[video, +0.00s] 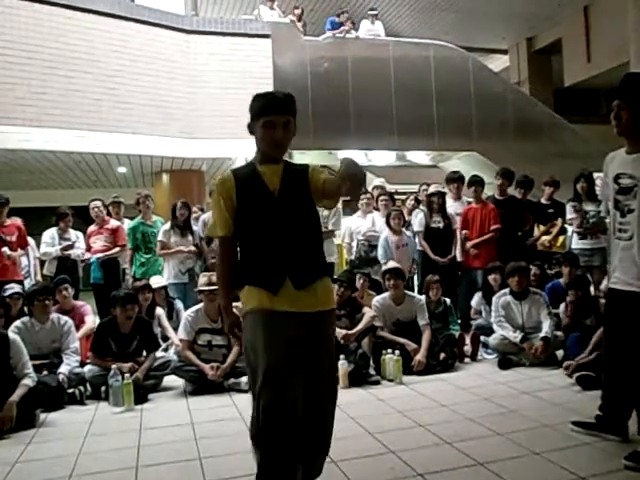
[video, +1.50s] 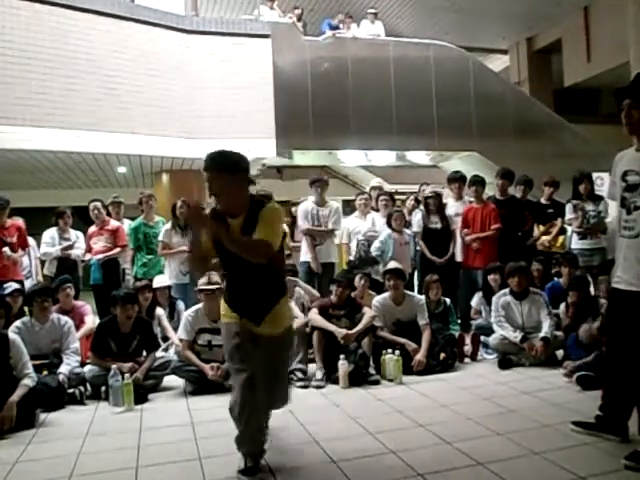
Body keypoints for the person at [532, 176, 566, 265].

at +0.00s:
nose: (552, 190)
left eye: (554, 187)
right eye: (549, 186)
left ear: (556, 190)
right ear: (543, 187)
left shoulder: (560, 205)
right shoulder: (536, 205)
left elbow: (560, 223)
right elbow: (535, 224)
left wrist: (550, 239)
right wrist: (540, 239)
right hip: (540, 241)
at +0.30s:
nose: (552, 190)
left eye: (554, 187)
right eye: (549, 186)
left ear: (557, 190)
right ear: (544, 187)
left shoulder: (560, 205)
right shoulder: (536, 205)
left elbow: (560, 223)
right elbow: (535, 224)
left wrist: (550, 238)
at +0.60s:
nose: (552, 190)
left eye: (554, 187)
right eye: (549, 186)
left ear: (556, 190)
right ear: (543, 187)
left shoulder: (560, 205)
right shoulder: (536, 204)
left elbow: (560, 223)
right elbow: (535, 224)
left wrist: (550, 238)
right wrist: (540, 239)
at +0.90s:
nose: (551, 190)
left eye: (554, 187)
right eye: (549, 186)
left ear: (556, 190)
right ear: (544, 187)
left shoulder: (560, 205)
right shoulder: (536, 205)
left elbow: (560, 223)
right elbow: (535, 224)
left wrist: (550, 238)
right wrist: (540, 239)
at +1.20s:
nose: (551, 191)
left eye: (554, 188)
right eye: (549, 187)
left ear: (556, 190)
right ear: (544, 187)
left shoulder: (560, 206)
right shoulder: (535, 205)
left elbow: (559, 223)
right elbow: (535, 224)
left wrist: (550, 239)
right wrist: (540, 239)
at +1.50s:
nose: (551, 191)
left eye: (553, 188)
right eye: (549, 187)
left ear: (556, 190)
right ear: (544, 187)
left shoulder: (560, 206)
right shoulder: (535, 205)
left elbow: (559, 223)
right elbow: (535, 224)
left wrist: (549, 239)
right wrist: (540, 239)